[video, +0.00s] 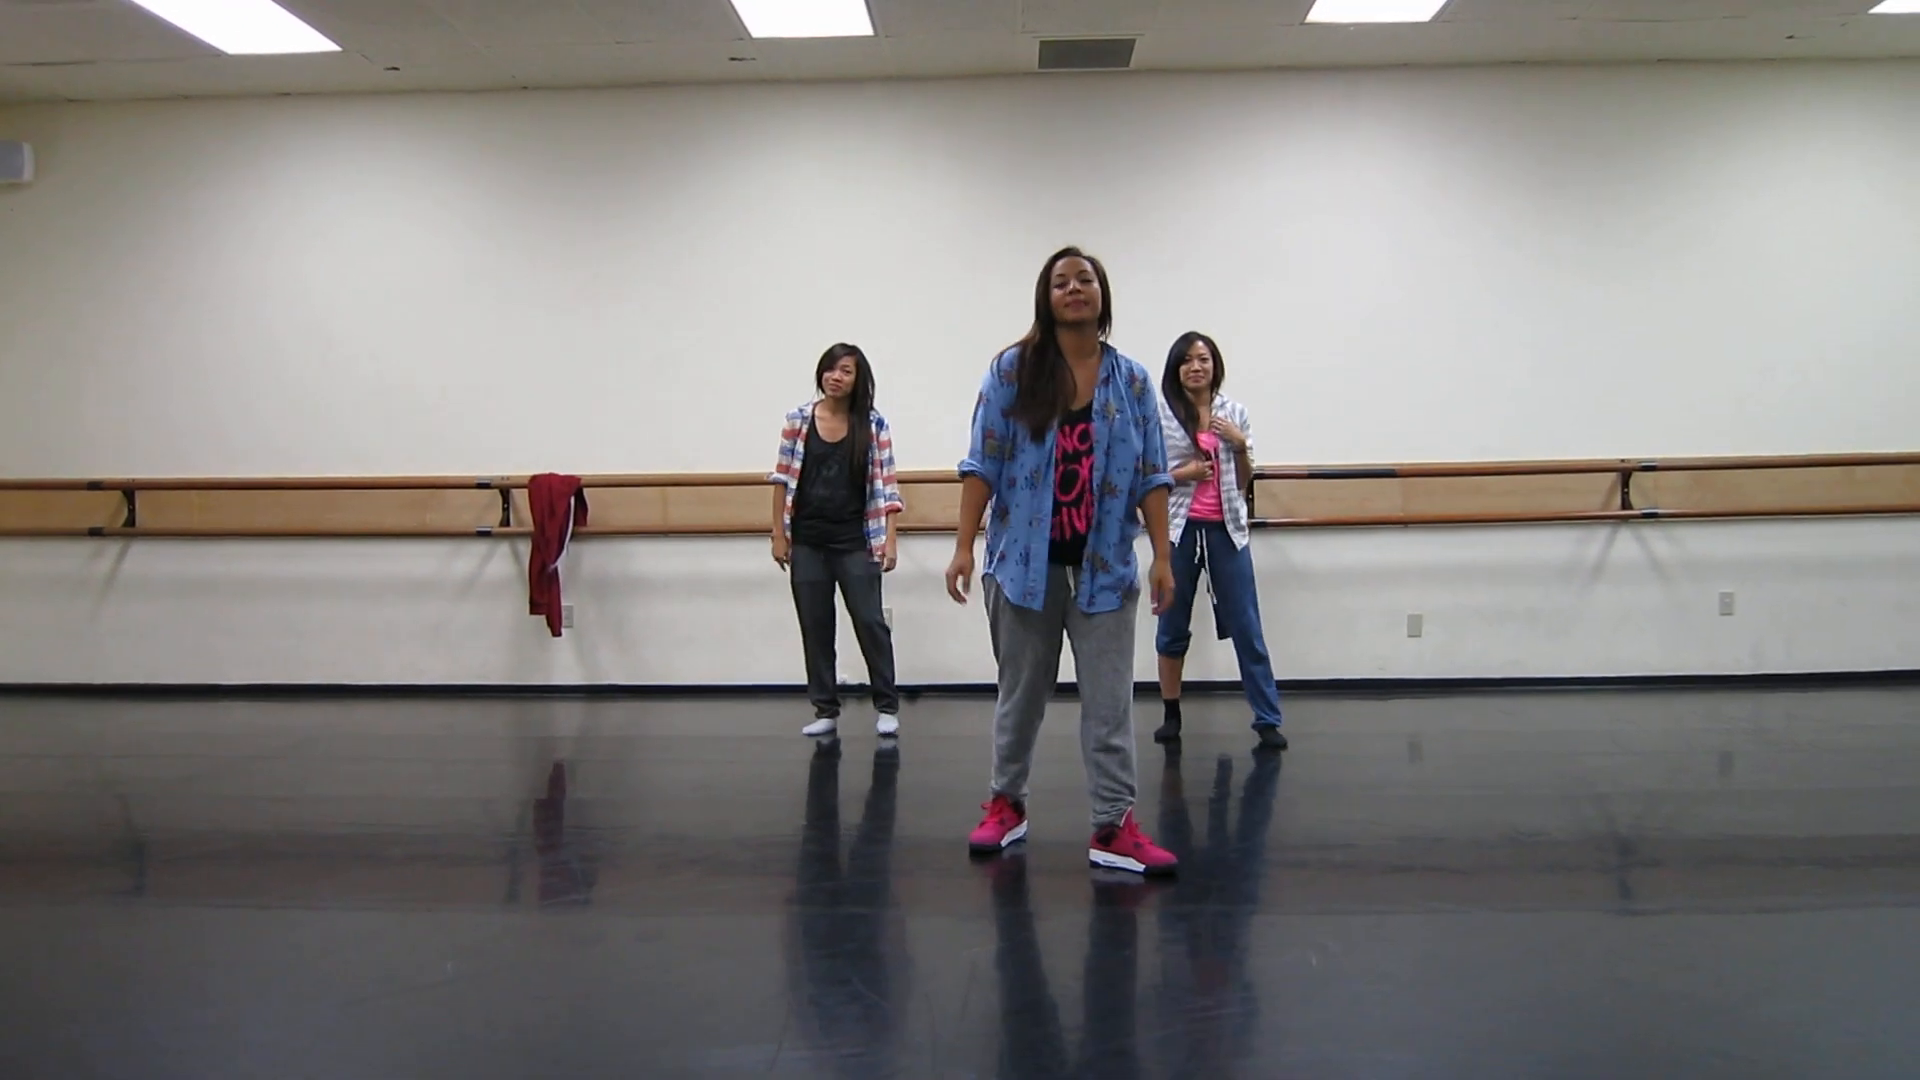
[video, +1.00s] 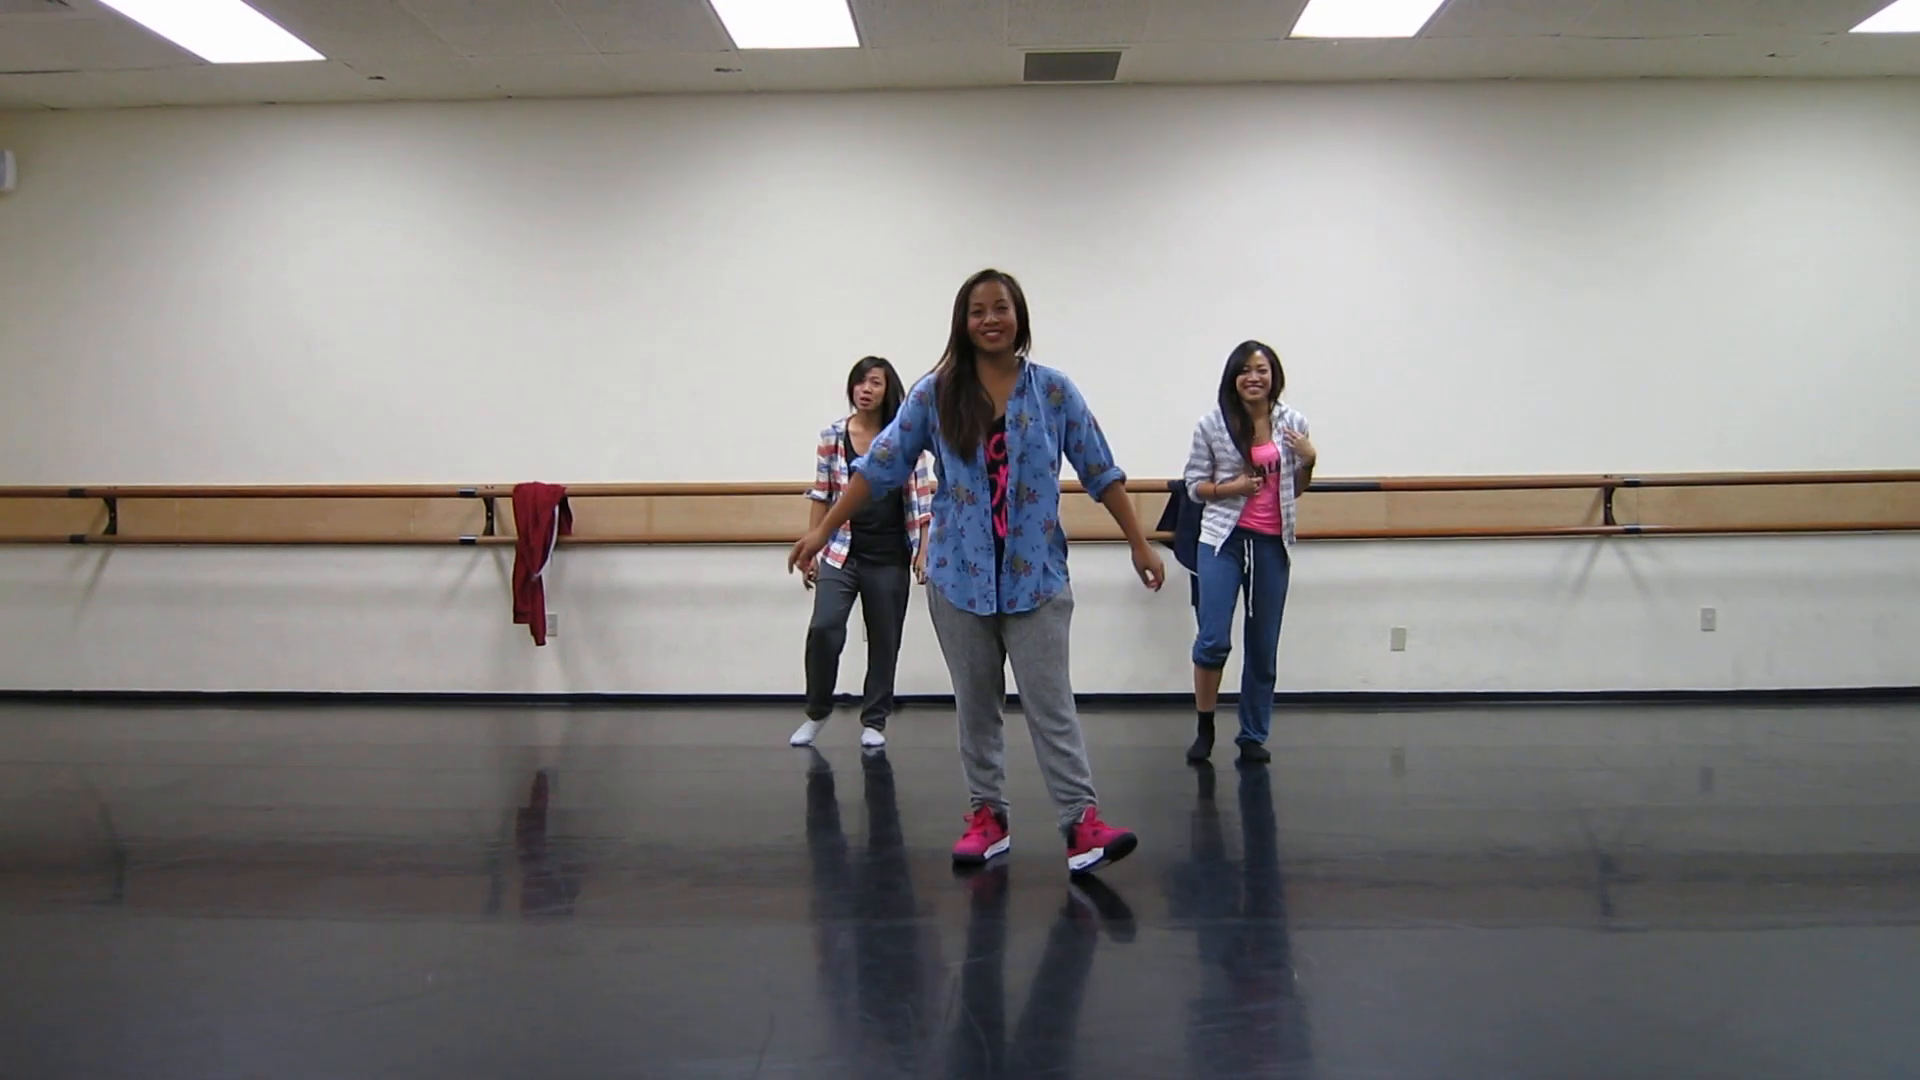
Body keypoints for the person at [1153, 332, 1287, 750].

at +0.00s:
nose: (1197, 366)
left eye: (1204, 359)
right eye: (1188, 360)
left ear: (1216, 366)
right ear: (1175, 369)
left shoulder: (1233, 413)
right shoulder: (1158, 415)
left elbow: (1242, 484)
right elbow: (1143, 478)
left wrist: (1240, 446)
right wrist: (1180, 473)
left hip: (1226, 531)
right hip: (1178, 530)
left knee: (1247, 628)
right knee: (1172, 625)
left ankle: (1267, 721)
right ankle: (1171, 716)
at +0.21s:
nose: (1208, 368)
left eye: (1215, 361)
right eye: (1199, 363)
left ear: (1227, 369)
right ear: (1187, 373)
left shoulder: (1246, 416)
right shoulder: (1169, 419)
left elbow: (1258, 483)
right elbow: (1157, 482)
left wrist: (1254, 446)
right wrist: (1198, 476)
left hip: (1238, 536)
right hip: (1189, 535)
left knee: (1248, 641)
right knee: (1173, 632)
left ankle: (1256, 729)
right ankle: (1161, 718)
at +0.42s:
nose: (1225, 371)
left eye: (1232, 364)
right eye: (1217, 365)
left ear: (1244, 370)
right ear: (1204, 374)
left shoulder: (1264, 415)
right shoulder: (1187, 421)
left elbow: (1276, 484)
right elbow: (1173, 483)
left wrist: (1272, 449)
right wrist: (1215, 479)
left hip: (1253, 538)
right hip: (1203, 536)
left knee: (1255, 645)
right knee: (1183, 631)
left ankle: (1254, 734)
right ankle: (1163, 717)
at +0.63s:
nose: (1240, 376)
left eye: (1248, 369)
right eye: (1232, 370)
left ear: (1260, 375)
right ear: (1219, 379)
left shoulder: (1279, 420)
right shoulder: (1201, 424)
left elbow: (1291, 487)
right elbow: (1186, 488)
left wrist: (1285, 454)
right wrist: (1227, 484)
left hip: (1265, 541)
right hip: (1214, 539)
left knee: (1259, 646)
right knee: (1193, 636)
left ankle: (1253, 738)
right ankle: (1179, 721)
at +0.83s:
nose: (1250, 378)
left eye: (1257, 370)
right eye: (1241, 371)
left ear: (1270, 377)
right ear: (1229, 380)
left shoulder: (1287, 423)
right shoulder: (1208, 427)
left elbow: (1294, 491)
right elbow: (1192, 488)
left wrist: (1302, 461)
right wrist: (1231, 486)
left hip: (1269, 544)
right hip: (1219, 540)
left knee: (1261, 650)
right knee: (1206, 642)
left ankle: (1252, 740)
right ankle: (1198, 728)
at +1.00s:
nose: (1254, 378)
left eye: (1262, 371)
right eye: (1244, 371)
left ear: (1274, 377)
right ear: (1232, 379)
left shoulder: (1290, 423)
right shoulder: (1211, 426)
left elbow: (1295, 490)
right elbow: (1194, 487)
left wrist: (1308, 461)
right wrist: (1232, 487)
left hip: (1270, 543)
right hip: (1221, 539)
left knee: (1263, 650)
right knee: (1212, 642)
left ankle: (1253, 739)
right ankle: (1205, 729)